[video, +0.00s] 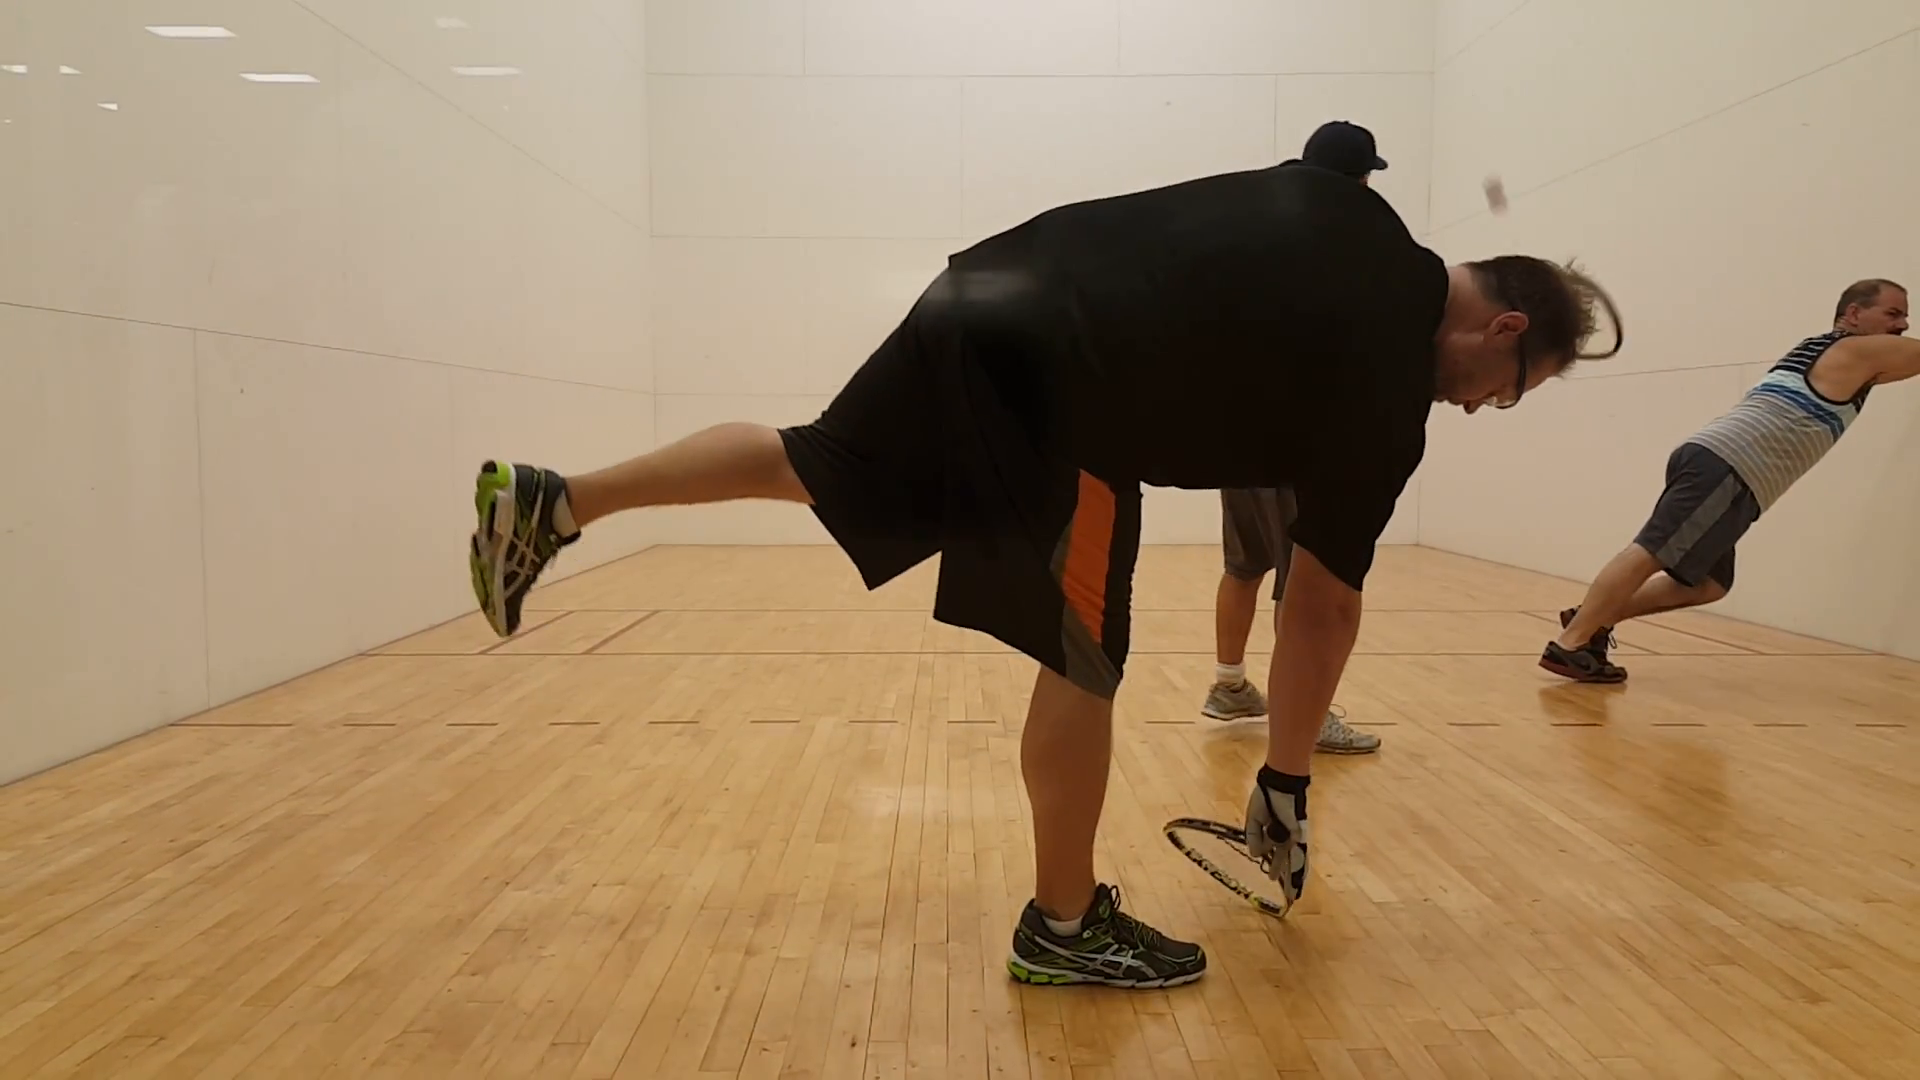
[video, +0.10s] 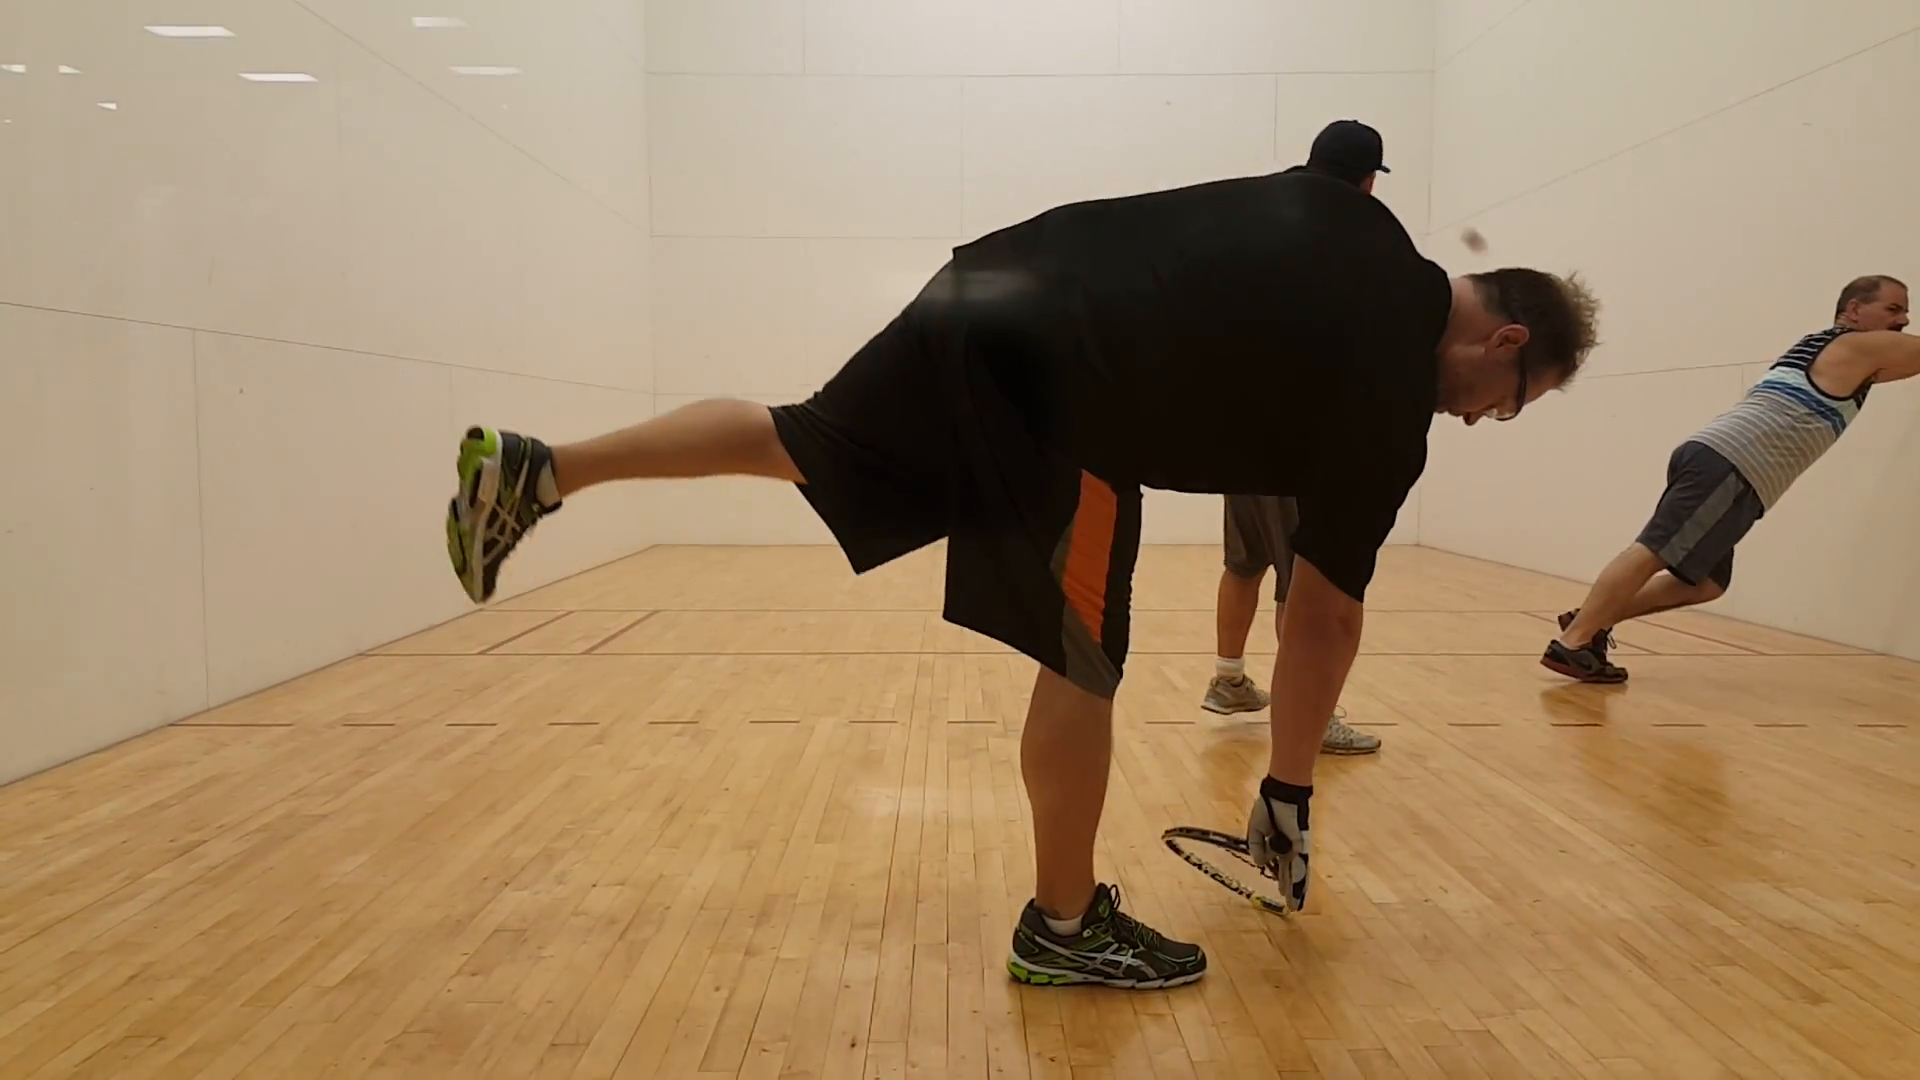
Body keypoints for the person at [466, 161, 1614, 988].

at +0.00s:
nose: (1487, 407)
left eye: (1508, 394)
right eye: (1508, 387)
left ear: (1474, 285)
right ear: (1493, 334)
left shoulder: (1345, 205)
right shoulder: (1383, 392)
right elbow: (1319, 607)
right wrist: (1285, 786)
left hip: (979, 289)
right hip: (1065, 394)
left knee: (824, 463)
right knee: (1081, 661)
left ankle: (560, 504)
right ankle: (1063, 922)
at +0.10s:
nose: (1490, 419)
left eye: (1512, 403)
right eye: (1510, 400)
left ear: (1475, 289)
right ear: (1493, 343)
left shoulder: (1345, 210)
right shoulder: (1384, 415)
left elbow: (1187, 228)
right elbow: (1322, 622)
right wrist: (1288, 804)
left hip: (981, 287)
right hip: (1063, 397)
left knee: (801, 439)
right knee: (1079, 663)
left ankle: (540, 471)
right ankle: (1062, 922)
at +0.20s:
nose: (1488, 433)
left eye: (1511, 418)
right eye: (1509, 413)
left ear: (1477, 305)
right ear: (1491, 358)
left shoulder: (1345, 218)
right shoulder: (1384, 429)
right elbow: (1321, 633)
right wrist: (1287, 813)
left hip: (989, 281)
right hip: (1065, 388)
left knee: (794, 415)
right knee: (1079, 661)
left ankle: (527, 437)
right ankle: (1062, 925)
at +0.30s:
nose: (1487, 449)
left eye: (1511, 434)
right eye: (1508, 429)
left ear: (1477, 315)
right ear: (1493, 377)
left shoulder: (1352, 237)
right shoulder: (1384, 436)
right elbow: (1319, 648)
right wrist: (1289, 824)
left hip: (1009, 278)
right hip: (1080, 386)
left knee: (790, 396)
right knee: (1081, 660)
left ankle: (522, 405)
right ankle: (1063, 924)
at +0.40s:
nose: (1484, 464)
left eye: (1508, 451)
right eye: (1505, 445)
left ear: (1483, 336)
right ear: (1493, 388)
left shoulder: (1353, 246)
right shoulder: (1386, 446)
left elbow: (1175, 239)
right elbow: (1318, 662)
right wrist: (1291, 837)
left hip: (1013, 280)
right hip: (1079, 394)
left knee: (783, 378)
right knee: (1078, 661)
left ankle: (514, 371)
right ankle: (1064, 921)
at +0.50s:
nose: (1482, 476)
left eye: (1504, 463)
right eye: (1502, 456)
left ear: (1483, 356)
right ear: (1490, 400)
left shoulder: (1361, 255)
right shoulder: (1383, 454)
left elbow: (1195, 228)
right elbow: (1319, 668)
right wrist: (1291, 852)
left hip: (1023, 272)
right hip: (1089, 395)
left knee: (780, 363)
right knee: (1078, 659)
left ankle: (513, 341)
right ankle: (1064, 920)